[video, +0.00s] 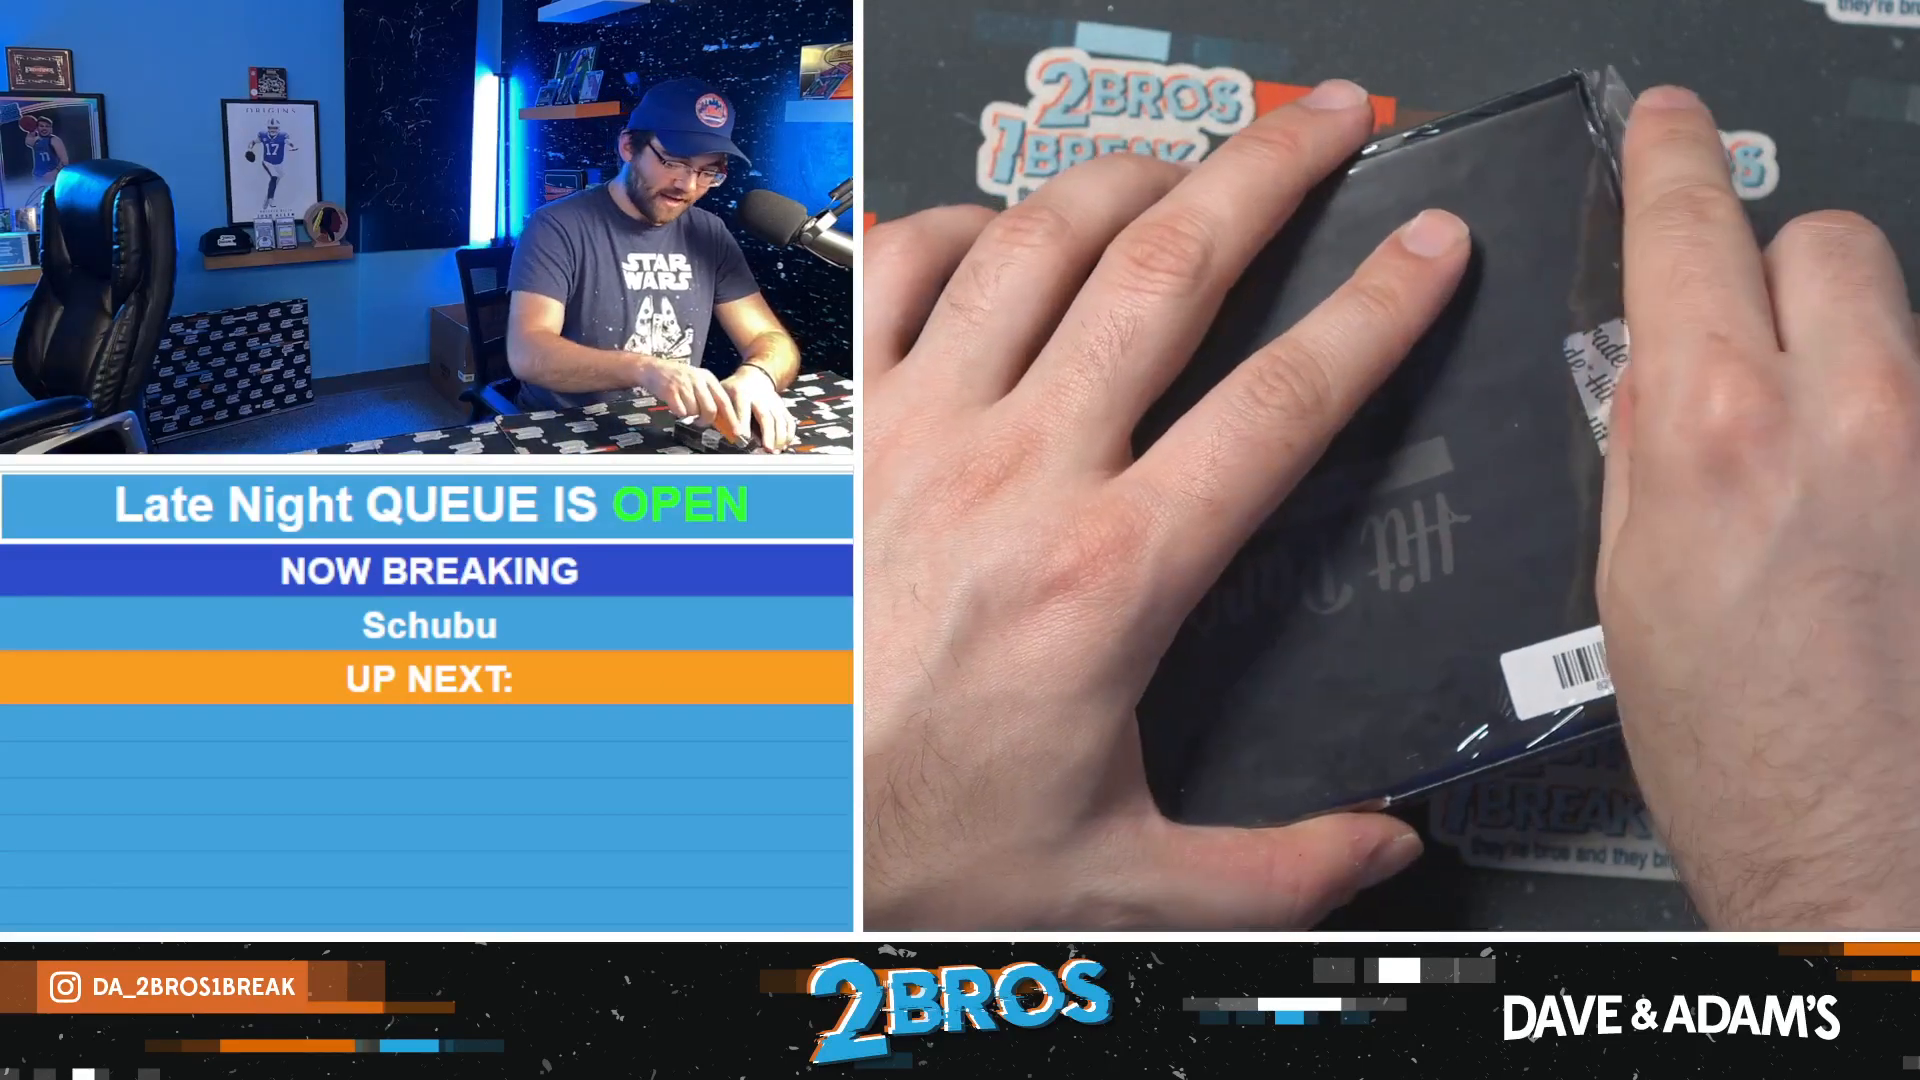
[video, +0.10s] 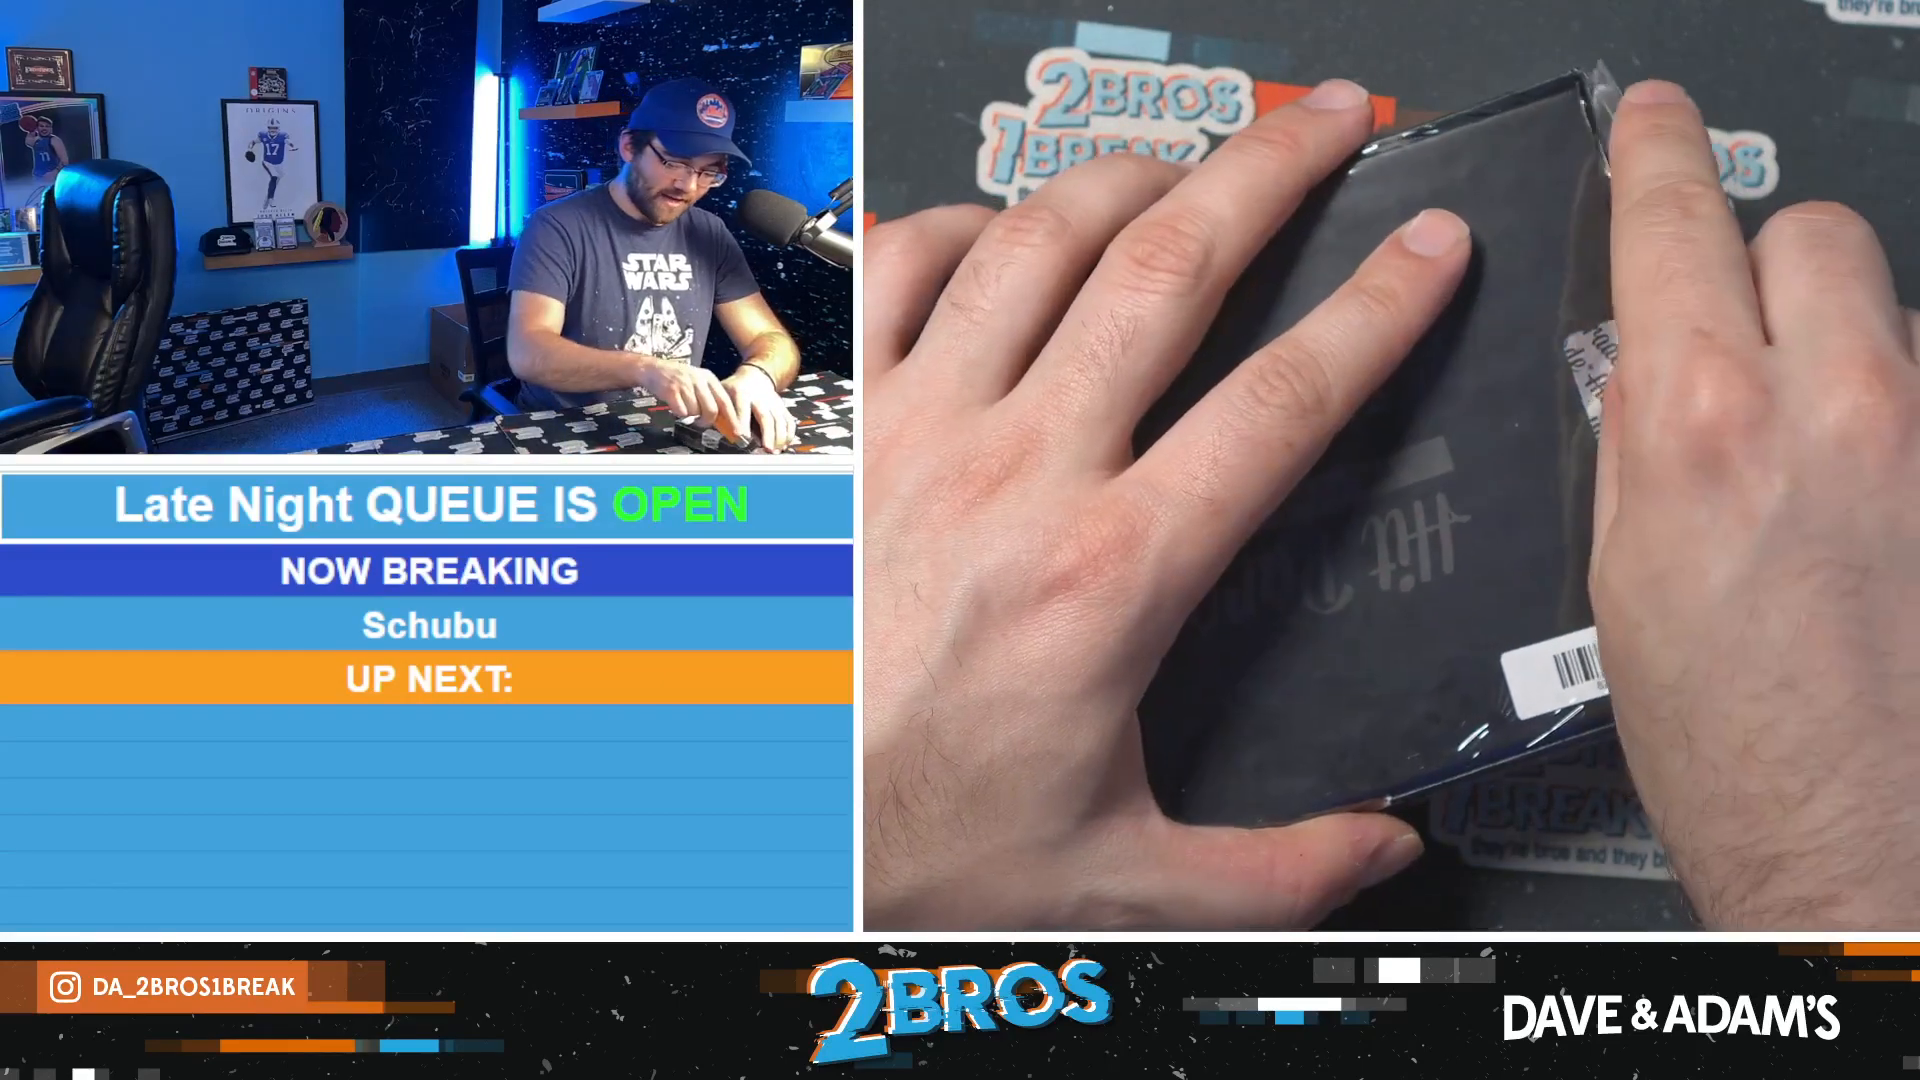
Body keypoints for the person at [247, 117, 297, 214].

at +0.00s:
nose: (273, 131)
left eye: (275, 129)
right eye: (271, 128)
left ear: (278, 129)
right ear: (268, 128)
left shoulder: (283, 136)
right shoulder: (263, 136)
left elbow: (289, 142)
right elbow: (254, 142)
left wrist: (292, 146)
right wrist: (250, 148)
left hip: (279, 163)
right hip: (267, 162)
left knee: (276, 182)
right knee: (274, 176)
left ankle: (267, 200)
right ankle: (270, 199)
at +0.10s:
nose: (273, 131)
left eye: (275, 128)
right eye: (271, 128)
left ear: (278, 129)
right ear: (268, 128)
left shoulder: (283, 136)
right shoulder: (263, 136)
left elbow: (289, 142)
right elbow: (253, 142)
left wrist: (292, 146)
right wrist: (250, 148)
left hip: (279, 163)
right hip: (267, 162)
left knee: (276, 181)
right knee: (274, 176)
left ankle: (267, 200)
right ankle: (270, 199)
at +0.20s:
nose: (273, 131)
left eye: (275, 129)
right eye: (271, 129)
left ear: (278, 129)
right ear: (268, 129)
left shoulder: (283, 136)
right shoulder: (263, 136)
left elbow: (289, 142)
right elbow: (253, 142)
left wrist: (292, 146)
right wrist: (250, 149)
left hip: (279, 163)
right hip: (268, 162)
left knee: (276, 181)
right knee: (274, 176)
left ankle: (267, 200)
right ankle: (270, 199)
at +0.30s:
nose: (273, 131)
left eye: (275, 129)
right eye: (271, 128)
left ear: (278, 129)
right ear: (268, 128)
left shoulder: (283, 136)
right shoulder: (263, 136)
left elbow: (289, 142)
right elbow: (253, 142)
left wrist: (292, 146)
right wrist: (250, 149)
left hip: (279, 163)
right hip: (268, 162)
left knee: (276, 182)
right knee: (274, 176)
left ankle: (267, 200)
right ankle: (270, 199)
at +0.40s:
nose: (273, 130)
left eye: (275, 128)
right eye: (271, 128)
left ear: (278, 129)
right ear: (268, 128)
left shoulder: (283, 136)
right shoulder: (263, 136)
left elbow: (289, 142)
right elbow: (253, 142)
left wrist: (292, 146)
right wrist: (250, 148)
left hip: (279, 163)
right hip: (267, 162)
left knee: (276, 181)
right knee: (274, 176)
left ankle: (267, 200)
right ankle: (270, 199)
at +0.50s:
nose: (273, 130)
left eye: (275, 128)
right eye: (271, 128)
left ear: (278, 129)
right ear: (268, 128)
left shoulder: (283, 136)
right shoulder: (263, 136)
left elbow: (289, 142)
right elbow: (253, 142)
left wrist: (292, 146)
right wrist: (250, 148)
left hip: (279, 163)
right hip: (267, 162)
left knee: (276, 181)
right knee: (274, 176)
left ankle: (267, 200)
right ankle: (270, 199)